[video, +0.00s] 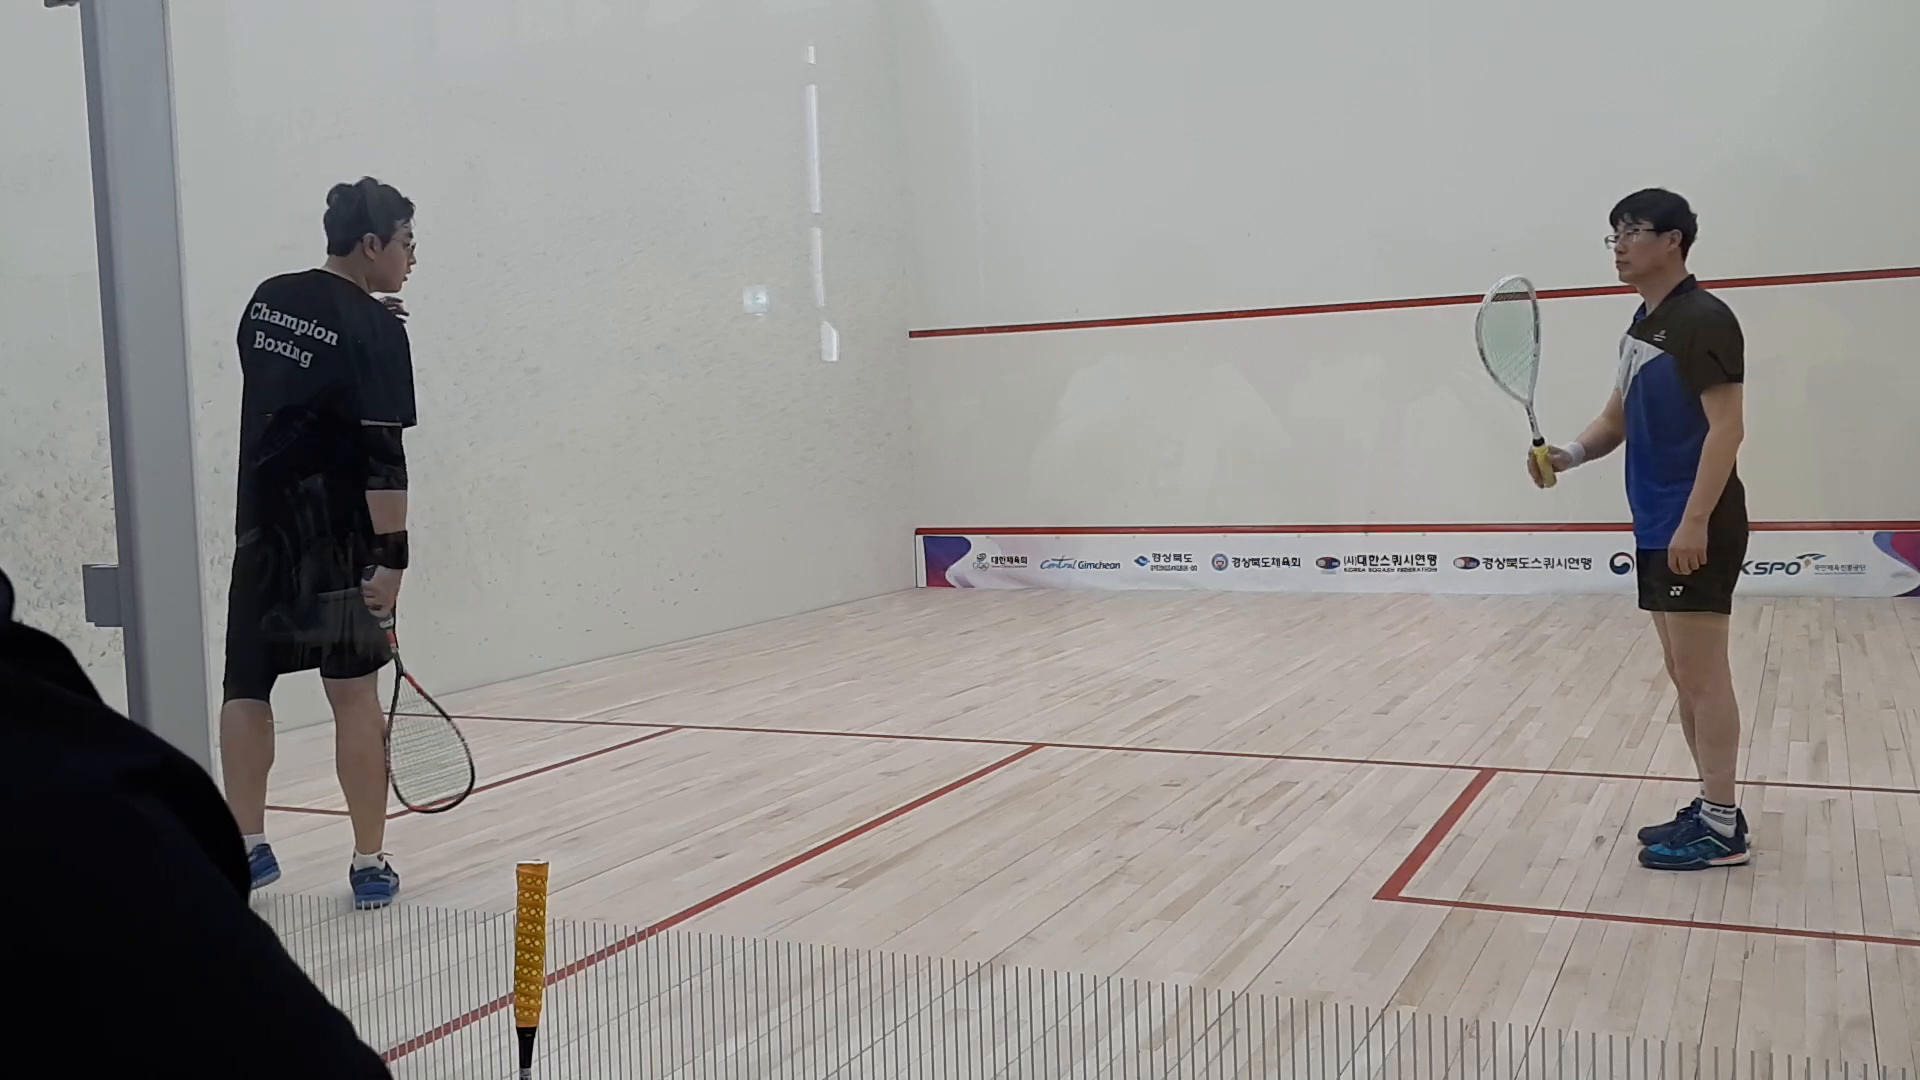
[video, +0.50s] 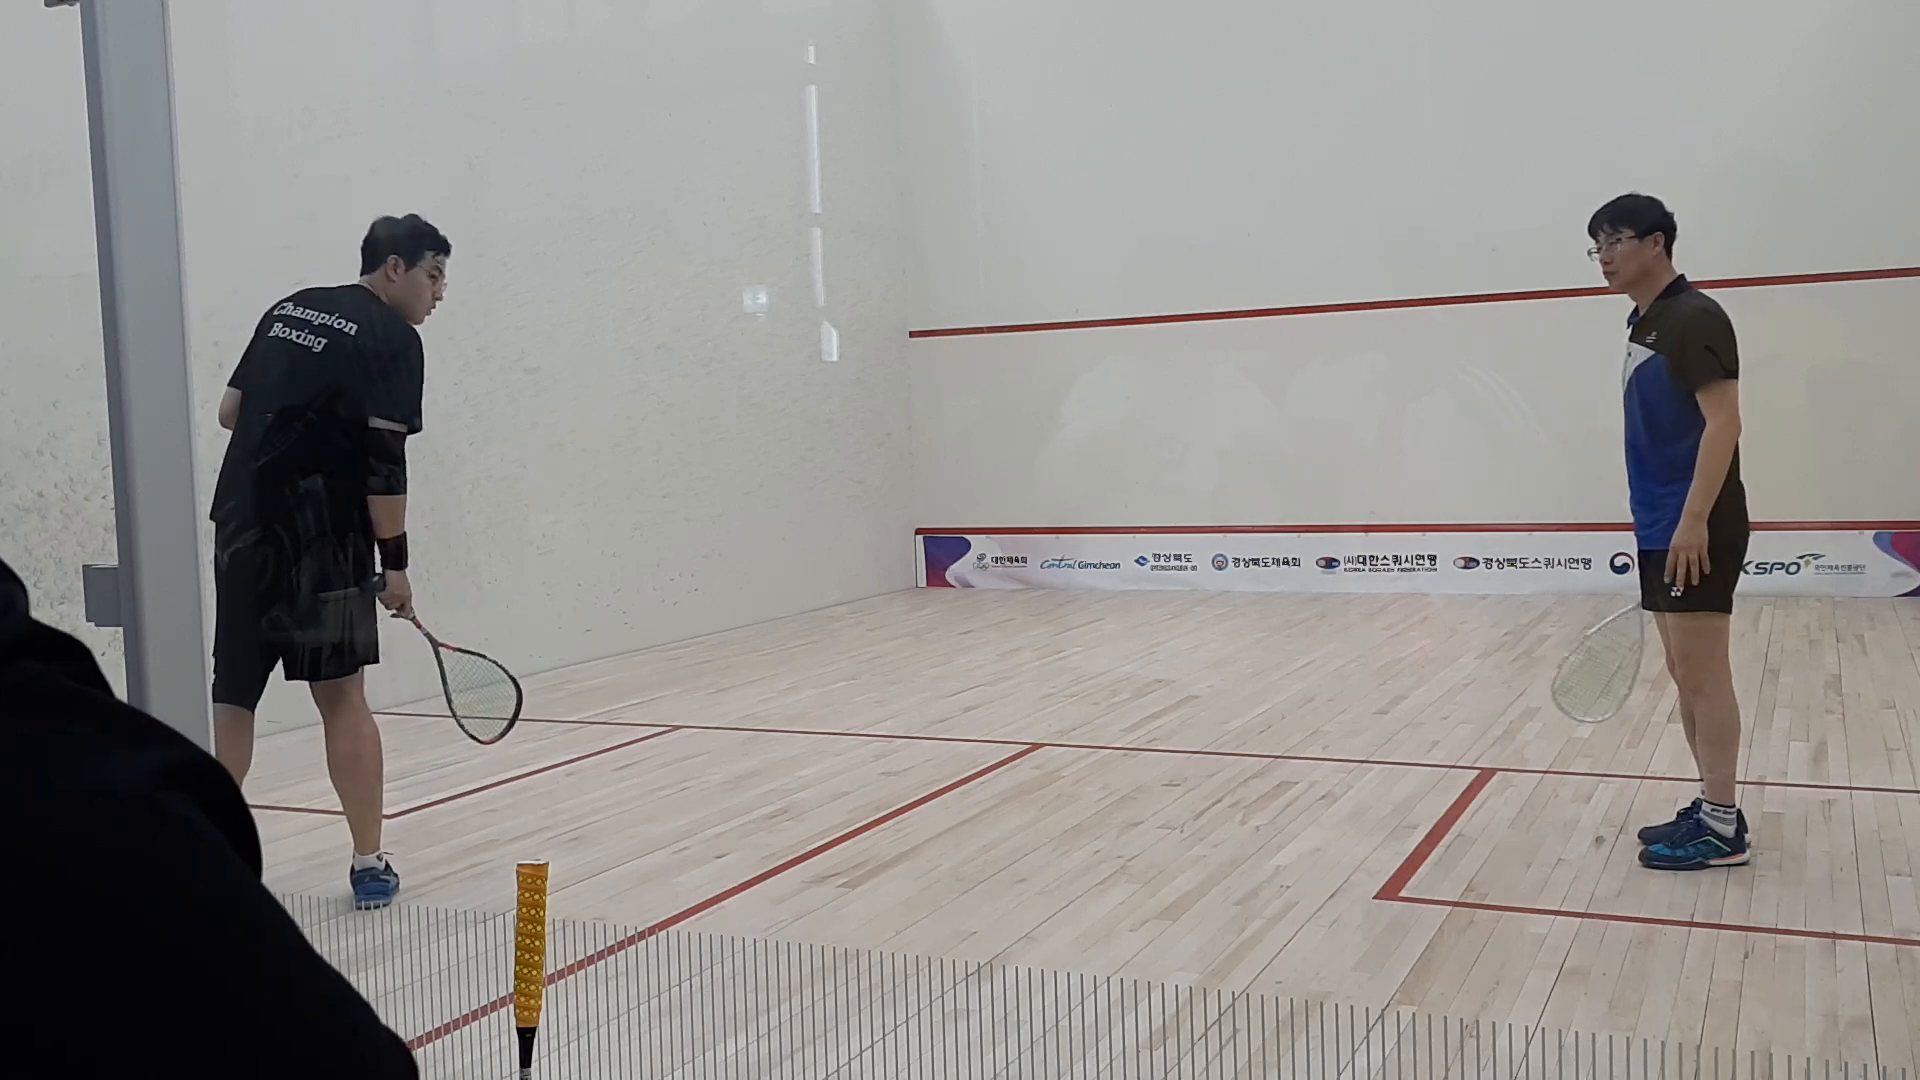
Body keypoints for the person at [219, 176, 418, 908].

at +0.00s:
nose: (411, 255)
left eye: (410, 241)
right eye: (405, 241)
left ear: (342, 242)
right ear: (373, 243)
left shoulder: (269, 296)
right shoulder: (376, 330)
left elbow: (275, 364)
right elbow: (384, 455)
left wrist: (374, 316)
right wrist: (392, 560)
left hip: (260, 537)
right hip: (342, 540)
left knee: (246, 689)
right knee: (356, 695)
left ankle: (249, 845)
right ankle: (370, 861)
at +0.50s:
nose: (440, 294)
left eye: (442, 280)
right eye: (435, 277)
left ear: (374, 269)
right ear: (394, 268)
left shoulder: (292, 307)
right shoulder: (393, 340)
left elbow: (232, 409)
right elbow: (385, 465)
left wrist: (290, 457)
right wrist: (396, 567)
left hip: (240, 534)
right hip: (322, 541)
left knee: (229, 701)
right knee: (342, 699)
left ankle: (205, 860)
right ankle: (369, 864)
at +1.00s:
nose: (305, 242)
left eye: (301, 226)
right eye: (293, 228)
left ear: (240, 242)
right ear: (251, 239)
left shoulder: (180, 313)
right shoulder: (278, 316)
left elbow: (167, 435)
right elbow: (308, 436)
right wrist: (370, 509)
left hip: (204, 549)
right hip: (289, 545)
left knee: (210, 720)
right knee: (332, 695)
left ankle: (199, 874)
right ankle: (368, 854)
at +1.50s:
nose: (261, 237)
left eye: (260, 225)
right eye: (241, 226)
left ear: (218, 248)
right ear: (200, 244)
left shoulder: (176, 317)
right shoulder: (236, 327)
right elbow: (276, 447)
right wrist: (327, 511)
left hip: (199, 546)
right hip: (264, 540)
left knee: (214, 714)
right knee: (295, 691)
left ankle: (189, 868)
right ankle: (311, 849)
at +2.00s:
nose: (316, 271)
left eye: (316, 258)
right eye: (305, 257)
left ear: (255, 265)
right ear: (260, 260)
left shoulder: (190, 320)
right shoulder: (270, 332)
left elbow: (170, 438)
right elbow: (280, 453)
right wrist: (297, 550)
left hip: (177, 543)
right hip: (242, 547)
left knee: (165, 705)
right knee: (269, 696)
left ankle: (152, 868)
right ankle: (304, 849)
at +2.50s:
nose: (249, 273)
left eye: (249, 259)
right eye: (242, 259)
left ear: (187, 257)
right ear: (206, 256)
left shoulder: (113, 323)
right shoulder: (231, 330)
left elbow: (91, 437)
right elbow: (272, 437)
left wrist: (157, 455)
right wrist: (303, 460)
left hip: (143, 549)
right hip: (232, 543)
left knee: (153, 711)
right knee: (282, 690)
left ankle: (152, 869)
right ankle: (319, 843)